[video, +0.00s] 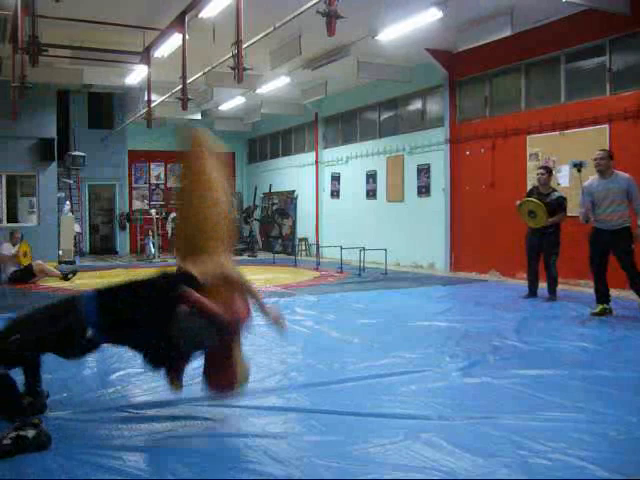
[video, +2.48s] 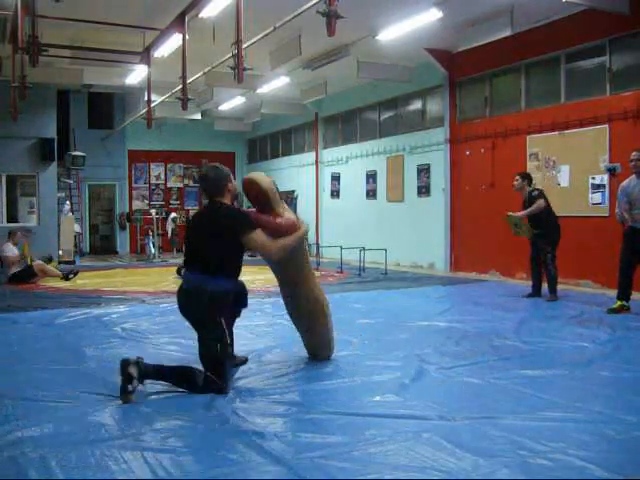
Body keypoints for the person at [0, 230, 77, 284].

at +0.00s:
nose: (18, 240)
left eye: (19, 238)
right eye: (16, 238)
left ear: (20, 239)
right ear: (11, 238)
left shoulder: (19, 247)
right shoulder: (6, 246)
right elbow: (4, 259)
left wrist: (25, 255)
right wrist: (16, 256)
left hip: (20, 272)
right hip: (11, 275)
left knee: (43, 269)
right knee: (39, 265)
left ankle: (63, 275)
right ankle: (62, 275)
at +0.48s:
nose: (19, 240)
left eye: (19, 238)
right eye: (17, 238)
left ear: (13, 238)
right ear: (13, 238)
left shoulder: (12, 247)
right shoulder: (8, 246)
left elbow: (11, 261)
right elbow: (8, 261)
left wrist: (22, 258)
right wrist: (21, 257)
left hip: (18, 275)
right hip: (14, 276)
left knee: (41, 267)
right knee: (38, 265)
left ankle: (63, 274)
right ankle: (62, 275)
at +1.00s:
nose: (19, 240)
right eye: (19, 238)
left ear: (10, 237)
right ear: (18, 238)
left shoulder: (3, 246)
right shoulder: (17, 248)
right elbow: (23, 263)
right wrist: (29, 255)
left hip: (9, 276)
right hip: (15, 276)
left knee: (42, 268)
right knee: (41, 266)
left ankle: (63, 275)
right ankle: (63, 276)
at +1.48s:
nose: (15, 237)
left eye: (16, 235)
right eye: (13, 236)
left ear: (18, 236)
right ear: (8, 237)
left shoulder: (23, 247)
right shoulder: (4, 247)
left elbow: (28, 262)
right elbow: (2, 258)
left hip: (24, 273)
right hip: (13, 275)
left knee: (44, 269)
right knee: (39, 264)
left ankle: (63, 275)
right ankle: (61, 275)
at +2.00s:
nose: (19, 240)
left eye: (19, 238)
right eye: (19, 238)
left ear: (9, 237)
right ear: (17, 238)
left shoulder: (4, 247)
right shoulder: (15, 247)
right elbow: (24, 262)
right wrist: (31, 254)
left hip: (11, 277)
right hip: (18, 276)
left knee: (44, 271)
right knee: (39, 266)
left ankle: (64, 274)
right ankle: (63, 276)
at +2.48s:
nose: (20, 239)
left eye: (20, 237)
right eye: (18, 237)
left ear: (14, 237)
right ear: (12, 237)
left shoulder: (14, 247)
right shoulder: (7, 247)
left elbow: (15, 260)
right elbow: (8, 261)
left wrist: (23, 257)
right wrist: (20, 256)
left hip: (19, 274)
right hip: (13, 276)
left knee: (44, 271)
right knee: (39, 264)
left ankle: (65, 275)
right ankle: (63, 275)